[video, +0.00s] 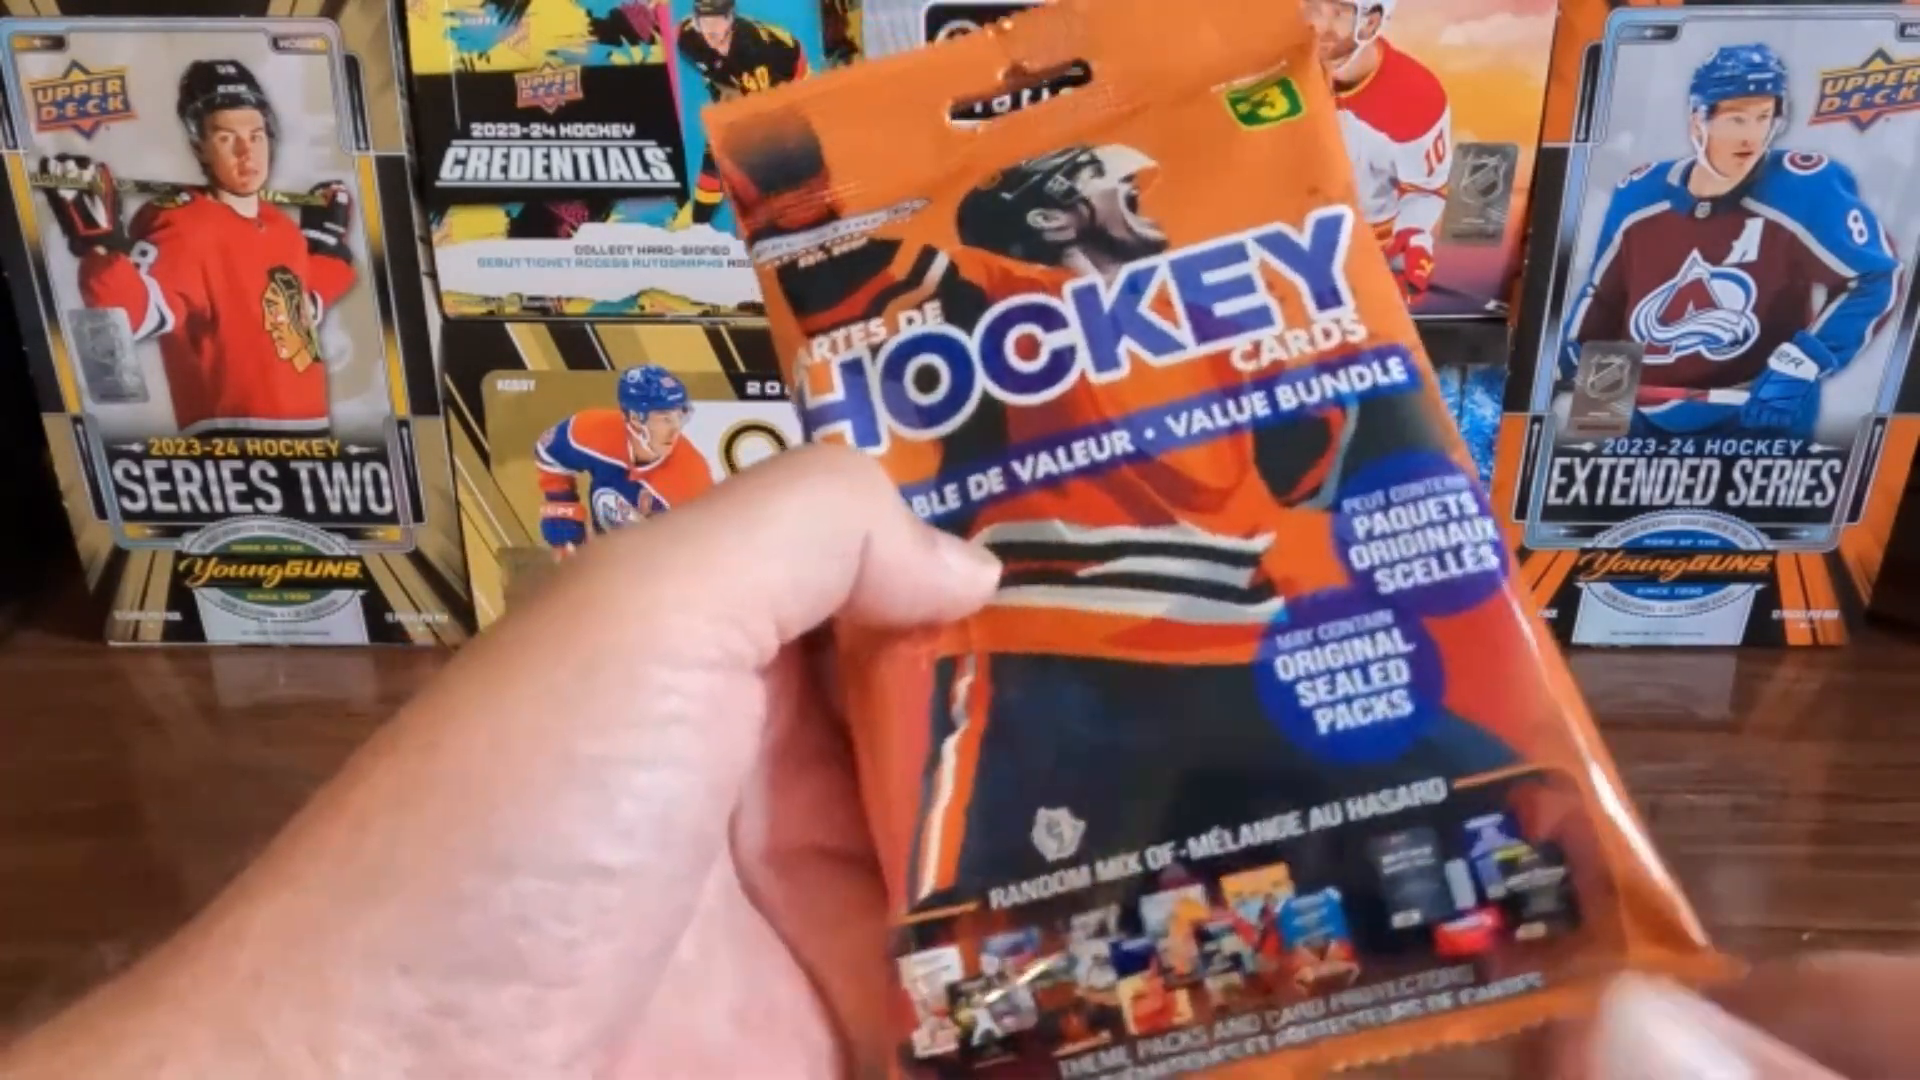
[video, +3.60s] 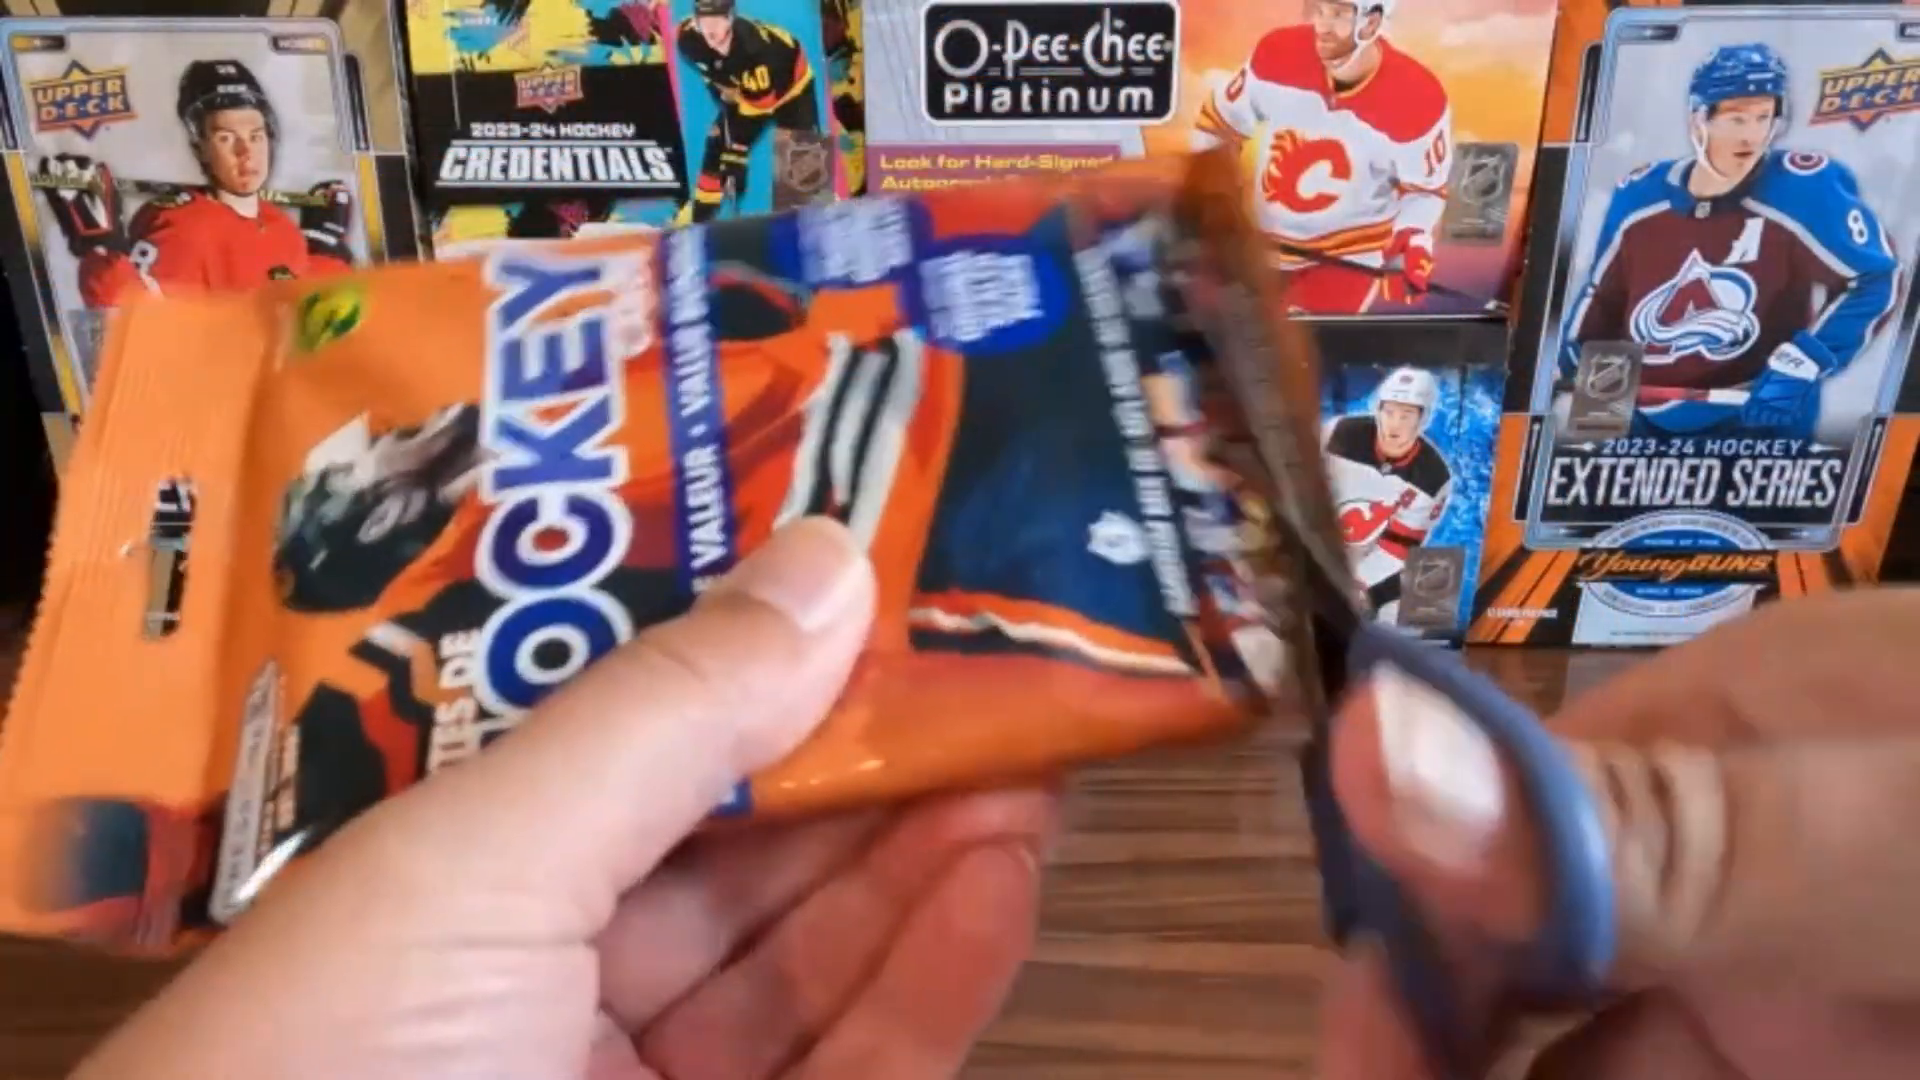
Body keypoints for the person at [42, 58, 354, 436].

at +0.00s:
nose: (247, 153)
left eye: (256, 135)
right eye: (228, 139)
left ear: (270, 139)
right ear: (200, 150)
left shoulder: (283, 228)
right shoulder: (184, 226)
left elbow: (302, 305)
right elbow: (141, 315)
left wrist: (335, 252)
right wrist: (100, 250)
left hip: (307, 433)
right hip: (230, 440)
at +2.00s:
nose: (246, 150)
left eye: (256, 134)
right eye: (227, 138)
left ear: (270, 139)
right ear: (200, 147)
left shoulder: (280, 225)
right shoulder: (183, 226)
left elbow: (301, 308)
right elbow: (139, 315)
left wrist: (333, 250)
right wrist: (99, 246)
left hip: (308, 424)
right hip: (232, 435)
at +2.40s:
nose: (246, 153)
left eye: (256, 136)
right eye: (226, 138)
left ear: (271, 141)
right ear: (200, 148)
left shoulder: (284, 226)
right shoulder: (183, 227)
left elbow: (316, 318)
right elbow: (139, 319)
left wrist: (330, 244)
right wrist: (101, 248)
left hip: (300, 417)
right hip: (217, 421)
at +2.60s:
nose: (246, 154)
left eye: (255, 135)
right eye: (227, 139)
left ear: (269, 138)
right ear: (200, 148)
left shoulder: (296, 215)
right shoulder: (177, 224)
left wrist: (333, 216)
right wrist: (100, 244)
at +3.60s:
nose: (247, 153)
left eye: (256, 136)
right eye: (228, 139)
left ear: (270, 141)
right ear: (201, 150)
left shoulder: (284, 229)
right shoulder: (179, 228)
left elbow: (312, 318)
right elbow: (153, 334)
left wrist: (331, 252)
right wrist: (102, 254)